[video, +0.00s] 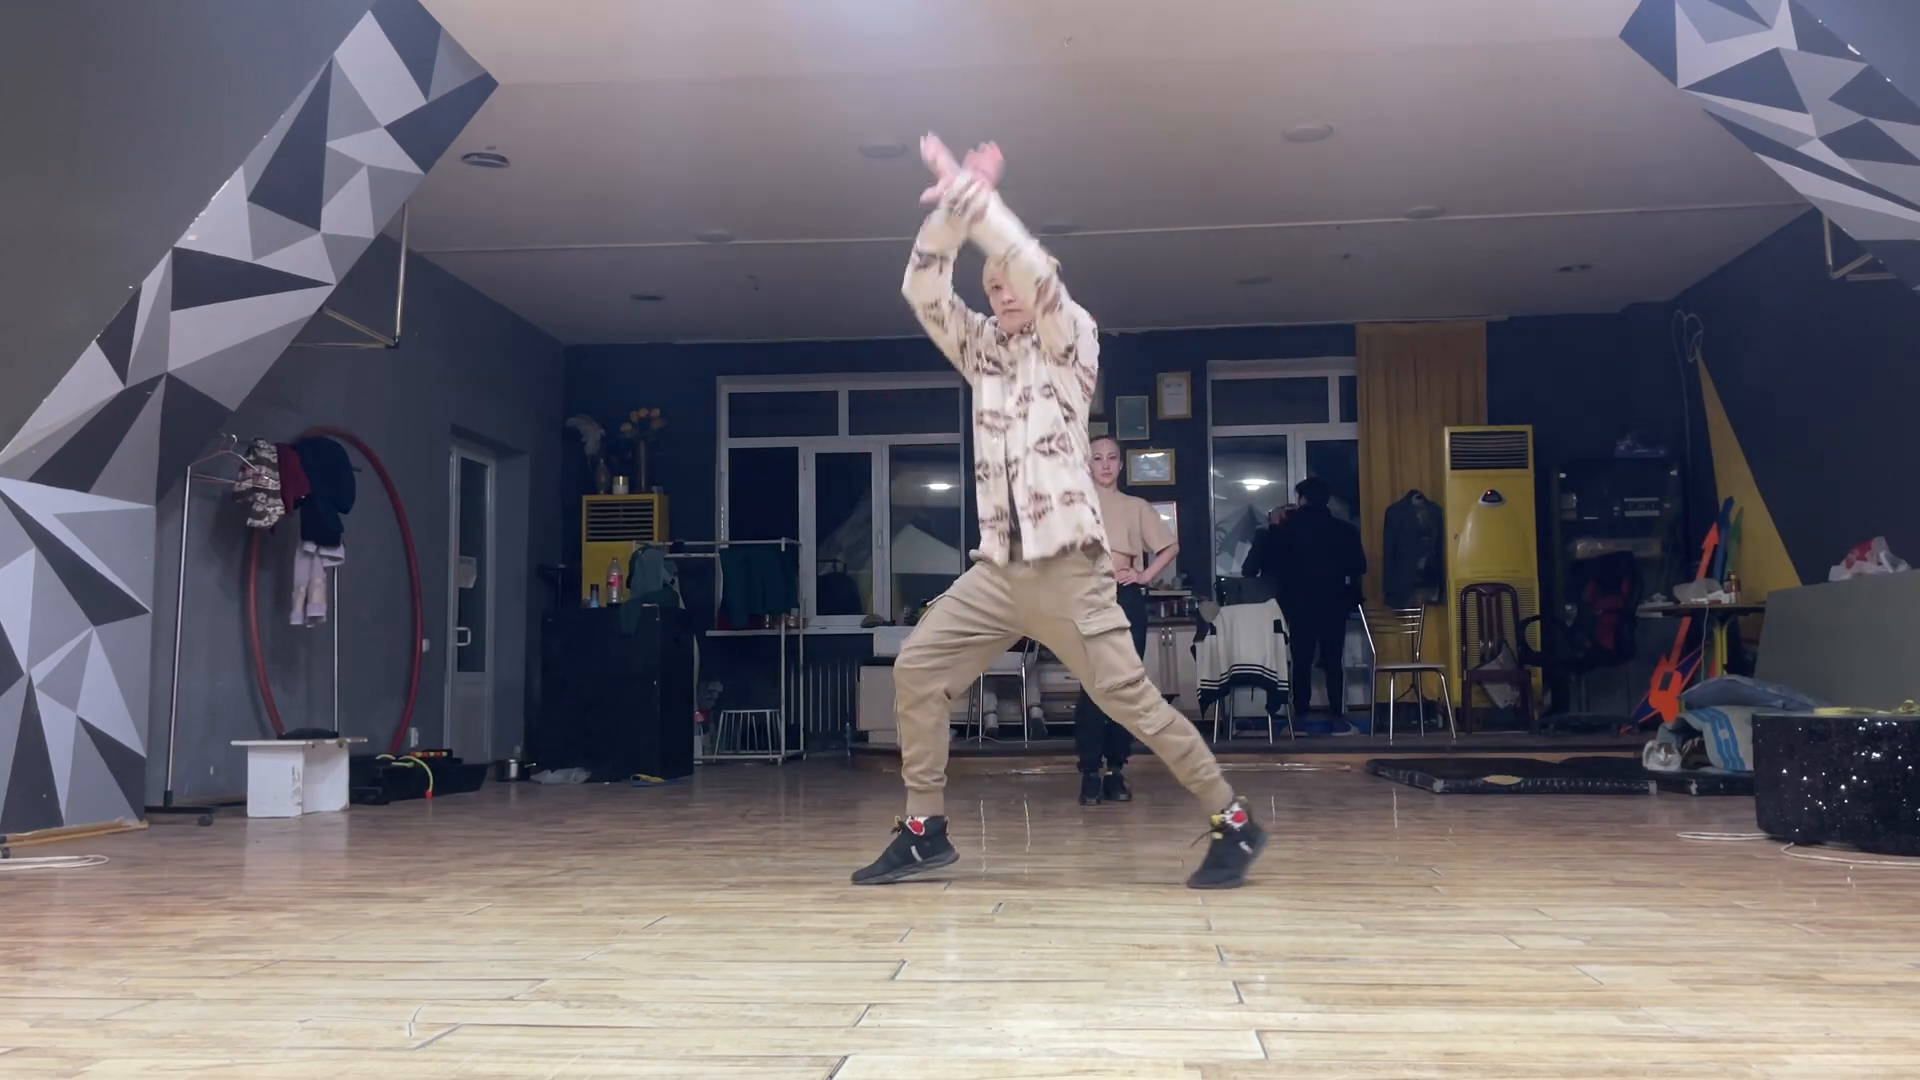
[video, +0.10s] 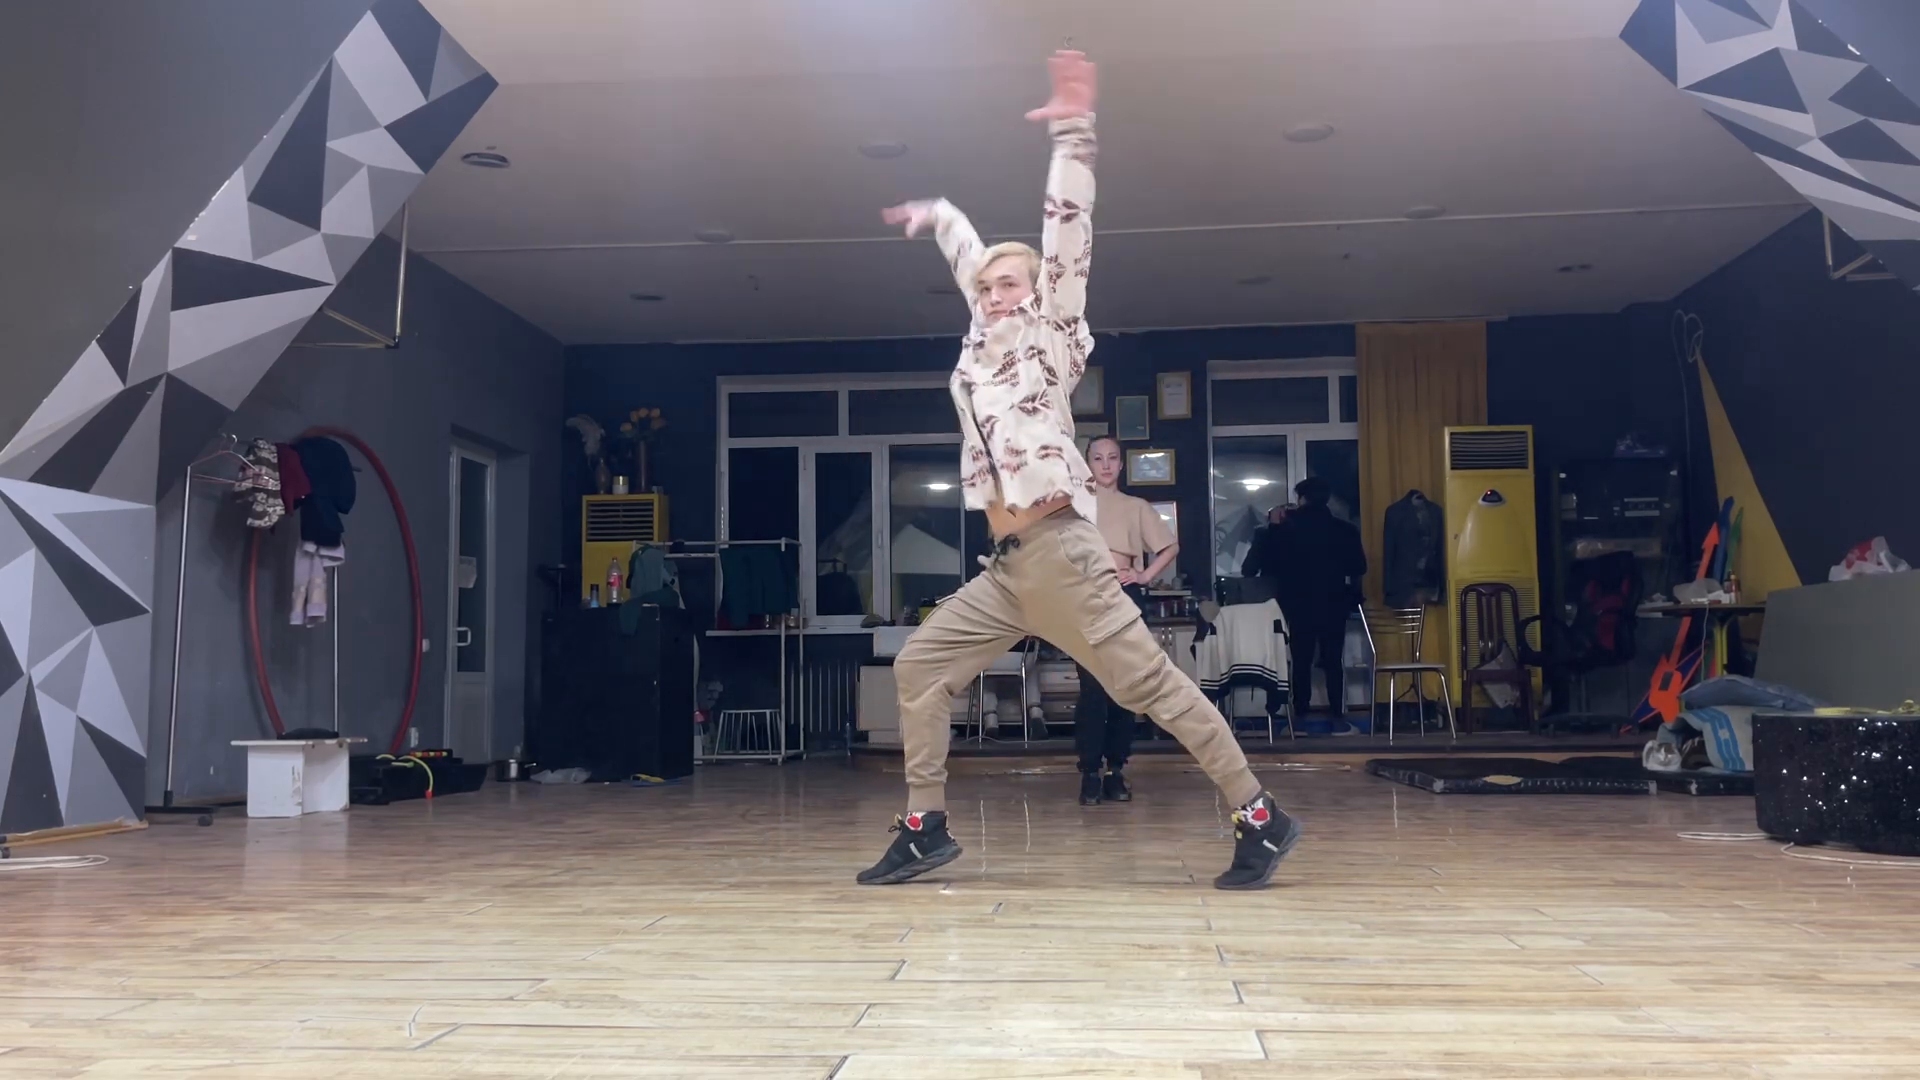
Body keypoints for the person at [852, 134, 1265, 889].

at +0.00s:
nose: (999, 294)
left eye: (1010, 281)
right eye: (991, 286)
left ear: (1041, 285)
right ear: (984, 294)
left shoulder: (1070, 344)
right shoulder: (982, 347)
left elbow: (1035, 271)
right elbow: (925, 292)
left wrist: (979, 202)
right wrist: (947, 212)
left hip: (1069, 566)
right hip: (998, 568)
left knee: (1132, 702)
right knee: (917, 668)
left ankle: (1232, 823)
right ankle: (924, 830)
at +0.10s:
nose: (1003, 294)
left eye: (1015, 282)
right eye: (991, 286)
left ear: (1039, 286)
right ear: (977, 295)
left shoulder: (1053, 335)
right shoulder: (985, 337)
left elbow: (1067, 233)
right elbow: (972, 268)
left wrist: (1075, 133)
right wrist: (939, 215)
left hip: (1064, 550)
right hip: (1007, 562)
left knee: (1147, 682)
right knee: (921, 666)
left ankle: (1258, 815)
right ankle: (924, 826)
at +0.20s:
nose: (986, 317)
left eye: (998, 304)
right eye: (977, 311)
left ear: (1027, 304)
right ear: (970, 322)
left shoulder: (1049, 339)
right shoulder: (977, 378)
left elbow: (1092, 265)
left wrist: (1135, 187)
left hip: (1060, 561)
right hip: (1011, 572)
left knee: (1141, 698)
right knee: (916, 668)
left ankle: (1266, 821)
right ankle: (926, 828)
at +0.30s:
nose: (968, 342)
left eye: (982, 329)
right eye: (961, 333)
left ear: (1015, 336)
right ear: (955, 345)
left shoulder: (1033, 370)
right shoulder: (981, 408)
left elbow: (1098, 359)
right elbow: (991, 482)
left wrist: (1189, 353)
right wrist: (974, 550)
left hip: (1060, 585)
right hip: (1001, 595)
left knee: (1142, 717)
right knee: (909, 681)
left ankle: (1277, 827)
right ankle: (930, 833)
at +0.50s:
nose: (1003, 301)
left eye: (1015, 294)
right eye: (990, 294)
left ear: (1035, 317)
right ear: (970, 316)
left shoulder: (1078, 388)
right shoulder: (938, 403)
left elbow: (1104, 490)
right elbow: (902, 500)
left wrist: (1113, 567)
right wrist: (927, 546)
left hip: (1072, 591)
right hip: (979, 596)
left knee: (1116, 701)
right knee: (929, 712)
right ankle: (941, 844)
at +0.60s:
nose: (1077, 301)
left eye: (1074, 290)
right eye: (1069, 289)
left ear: (1040, 295)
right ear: (1041, 292)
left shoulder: (1053, 367)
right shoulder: (1000, 357)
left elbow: (1057, 478)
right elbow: (985, 450)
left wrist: (1108, 531)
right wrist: (1056, 505)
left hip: (1052, 550)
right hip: (1005, 544)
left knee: (1088, 705)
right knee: (999, 697)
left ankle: (989, 834)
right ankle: (889, 799)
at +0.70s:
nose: (1012, 294)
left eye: (1008, 286)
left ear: (1008, 289)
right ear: (1071, 280)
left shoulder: (971, 347)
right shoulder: (1108, 326)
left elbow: (947, 436)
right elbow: (1126, 429)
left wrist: (993, 490)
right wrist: (1101, 488)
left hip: (984, 521)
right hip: (1050, 514)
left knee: (1010, 675)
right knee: (1088, 667)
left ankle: (984, 832)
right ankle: (943, 696)